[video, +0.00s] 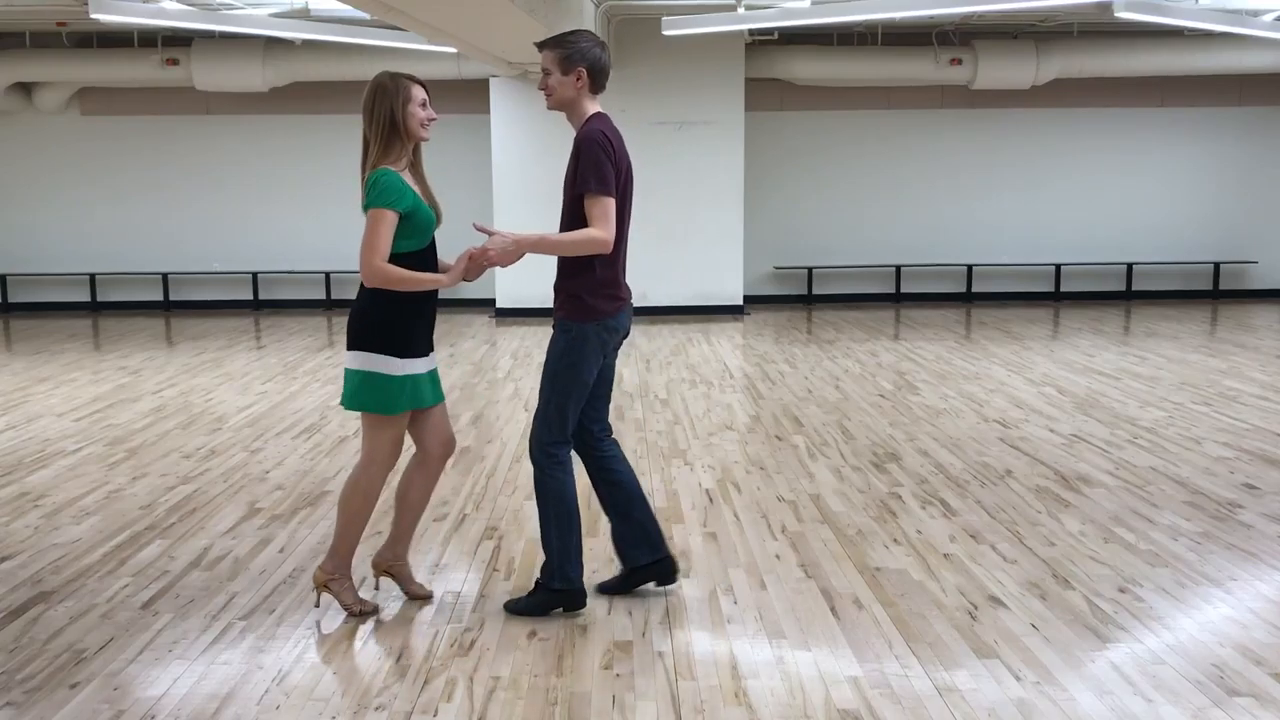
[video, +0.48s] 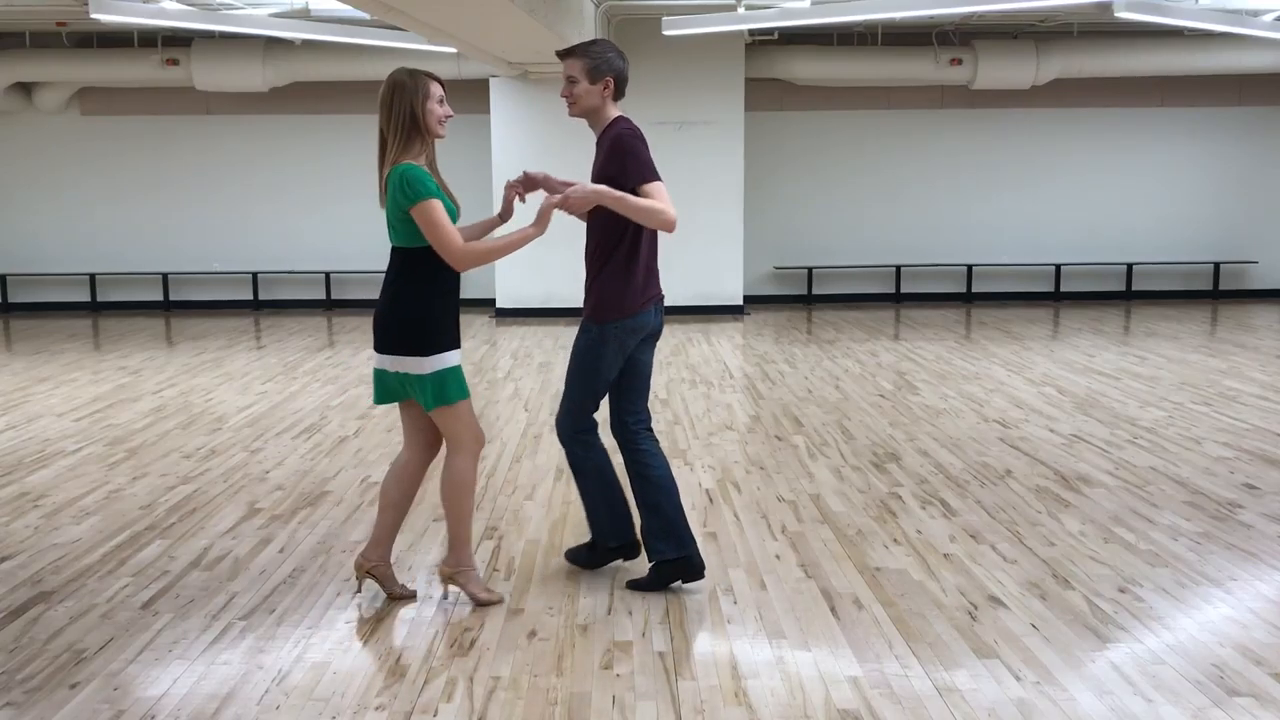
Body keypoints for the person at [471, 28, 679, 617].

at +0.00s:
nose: (540, 84)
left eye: (547, 74)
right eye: (541, 74)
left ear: (579, 77)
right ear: (580, 78)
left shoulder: (595, 139)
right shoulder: (601, 135)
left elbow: (602, 236)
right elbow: (593, 238)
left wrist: (525, 243)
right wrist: (520, 244)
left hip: (586, 317)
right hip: (603, 313)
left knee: (550, 444)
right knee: (591, 434)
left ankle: (562, 583)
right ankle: (648, 558)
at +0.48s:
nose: (564, 93)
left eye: (572, 83)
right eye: (563, 83)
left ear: (607, 85)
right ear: (599, 89)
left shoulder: (622, 139)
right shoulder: (614, 139)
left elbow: (666, 215)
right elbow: (601, 211)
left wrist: (599, 194)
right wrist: (550, 187)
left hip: (614, 313)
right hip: (640, 309)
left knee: (574, 423)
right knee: (633, 427)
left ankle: (615, 537)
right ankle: (677, 555)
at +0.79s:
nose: (572, 102)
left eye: (581, 93)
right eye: (570, 93)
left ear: (613, 96)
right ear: (584, 99)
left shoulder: (628, 150)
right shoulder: (590, 153)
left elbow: (673, 205)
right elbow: (543, 188)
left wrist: (659, 149)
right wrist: (542, 162)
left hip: (606, 314)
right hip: (627, 308)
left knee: (588, 429)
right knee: (615, 421)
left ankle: (628, 538)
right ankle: (683, 519)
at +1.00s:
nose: (578, 97)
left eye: (589, 88)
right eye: (574, 89)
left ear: (618, 91)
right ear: (572, 95)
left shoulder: (627, 145)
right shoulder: (575, 144)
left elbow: (678, 160)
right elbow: (517, 154)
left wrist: (664, 100)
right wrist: (554, 125)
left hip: (607, 303)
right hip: (605, 301)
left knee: (590, 423)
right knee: (597, 415)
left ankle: (628, 536)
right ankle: (669, 508)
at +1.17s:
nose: (593, 94)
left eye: (602, 86)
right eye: (583, 85)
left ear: (617, 91)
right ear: (567, 94)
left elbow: (678, 115)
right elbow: (561, 112)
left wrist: (658, 55)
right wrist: (609, 59)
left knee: (588, 417)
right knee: (591, 411)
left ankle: (628, 533)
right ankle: (647, 502)